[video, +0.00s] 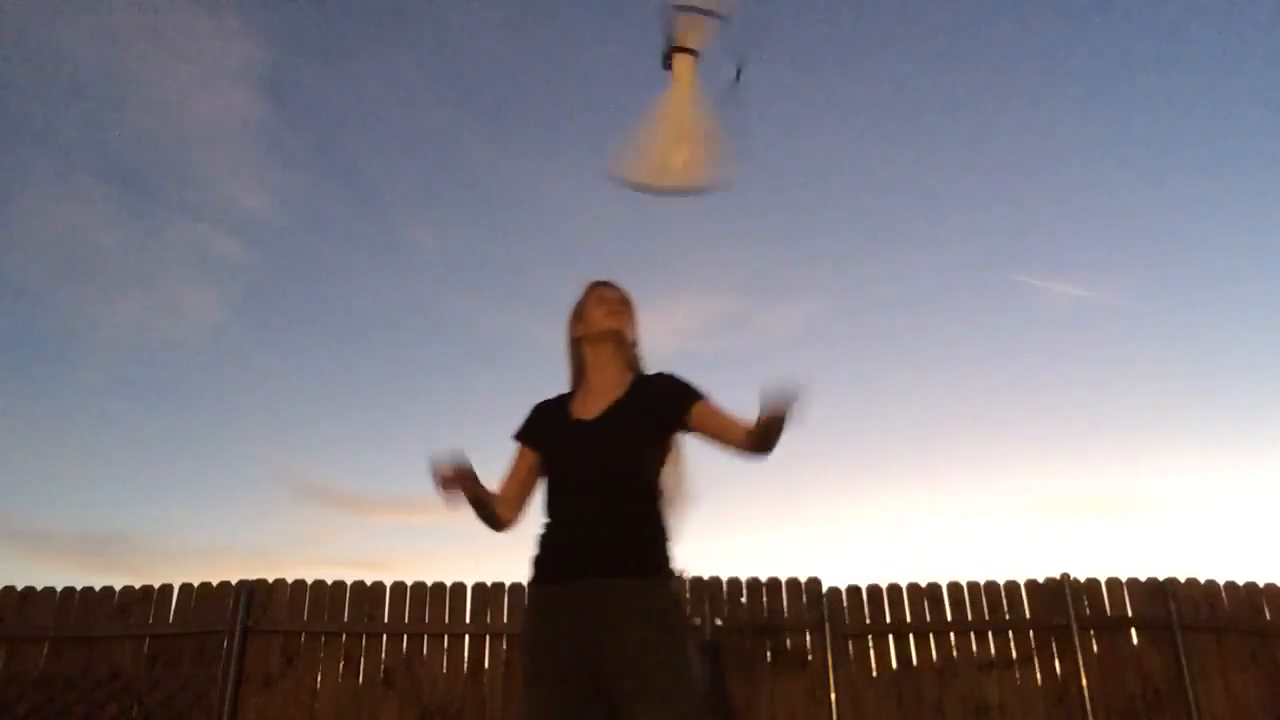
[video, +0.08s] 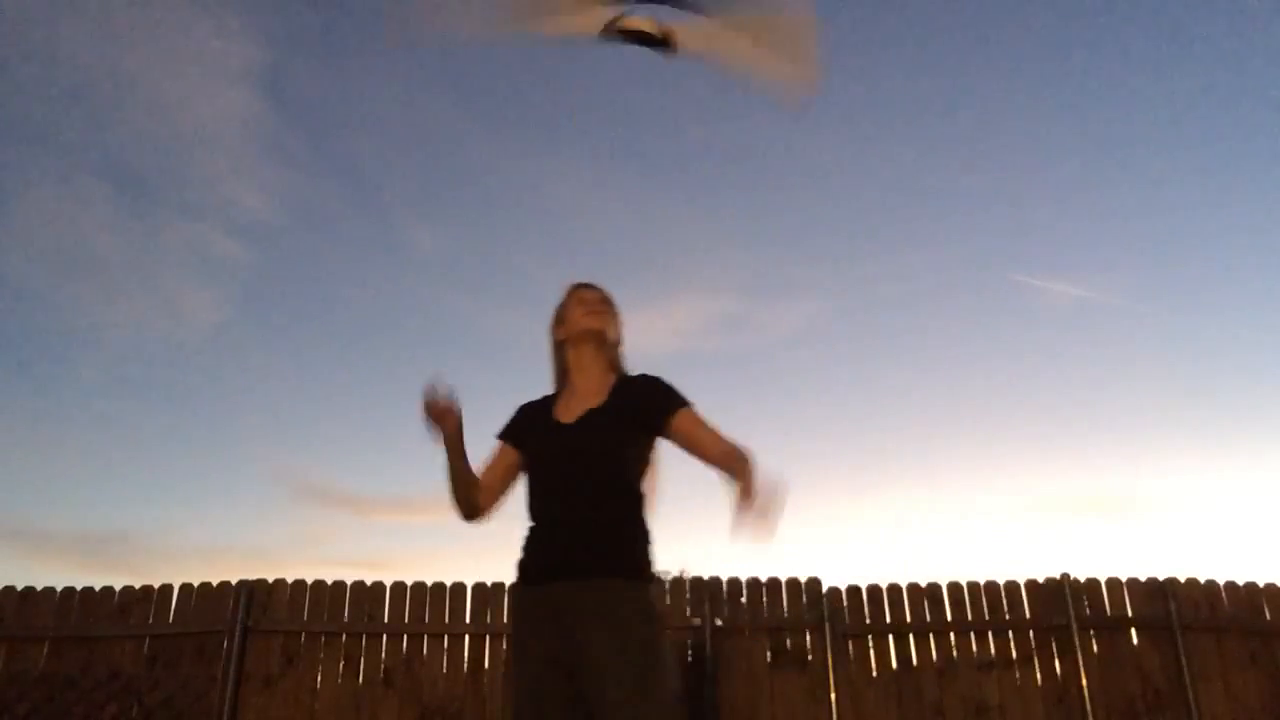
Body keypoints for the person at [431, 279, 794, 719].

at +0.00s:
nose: (610, 307)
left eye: (620, 305)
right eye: (598, 304)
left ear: (634, 330)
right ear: (576, 329)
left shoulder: (660, 394)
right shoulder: (549, 416)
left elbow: (754, 441)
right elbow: (502, 514)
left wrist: (773, 419)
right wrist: (471, 486)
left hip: (639, 592)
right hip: (559, 596)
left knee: (655, 706)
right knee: (556, 708)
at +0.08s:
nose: (591, 307)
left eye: (602, 305)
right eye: (578, 304)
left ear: (617, 331)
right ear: (558, 332)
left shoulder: (643, 394)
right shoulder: (534, 416)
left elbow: (722, 452)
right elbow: (473, 504)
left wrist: (745, 474)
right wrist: (453, 439)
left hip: (620, 593)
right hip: (542, 597)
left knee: (631, 704)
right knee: (540, 705)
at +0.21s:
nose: (561, 308)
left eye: (573, 303)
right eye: (548, 305)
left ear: (592, 331)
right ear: (533, 336)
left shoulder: (619, 391)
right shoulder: (514, 420)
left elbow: (701, 469)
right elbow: (429, 470)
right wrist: (441, 379)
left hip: (602, 595)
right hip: (525, 600)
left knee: (592, 708)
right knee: (519, 708)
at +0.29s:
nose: (543, 308)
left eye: (554, 302)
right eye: (530, 305)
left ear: (575, 330)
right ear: (515, 338)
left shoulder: (603, 387)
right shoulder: (500, 421)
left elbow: (679, 473)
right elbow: (405, 447)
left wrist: (638, 557)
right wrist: (429, 353)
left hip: (589, 585)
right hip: (520, 590)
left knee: (572, 705)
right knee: (515, 702)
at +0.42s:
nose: (521, 356)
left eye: (521, 342)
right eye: (509, 345)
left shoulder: (575, 381)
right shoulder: (480, 425)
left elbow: (644, 472)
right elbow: (372, 445)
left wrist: (591, 526)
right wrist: (378, 351)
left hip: (571, 597)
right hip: (510, 605)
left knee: (443, 707)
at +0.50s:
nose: (475, 324)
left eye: (487, 313)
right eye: (465, 322)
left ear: (516, 327)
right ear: (462, 344)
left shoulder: (554, 381)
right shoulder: (460, 433)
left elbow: (627, 467)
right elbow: (364, 478)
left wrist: (572, 529)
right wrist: (327, 395)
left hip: (553, 590)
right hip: (499, 600)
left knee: (451, 708)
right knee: (531, 712)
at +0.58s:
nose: (443, 349)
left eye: (453, 334)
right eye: (437, 344)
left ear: (491, 334)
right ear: (441, 358)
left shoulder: (534, 384)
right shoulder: (447, 447)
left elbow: (611, 464)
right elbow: (388, 526)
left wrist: (561, 534)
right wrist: (316, 458)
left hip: (531, 594)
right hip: (475, 601)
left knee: (440, 705)